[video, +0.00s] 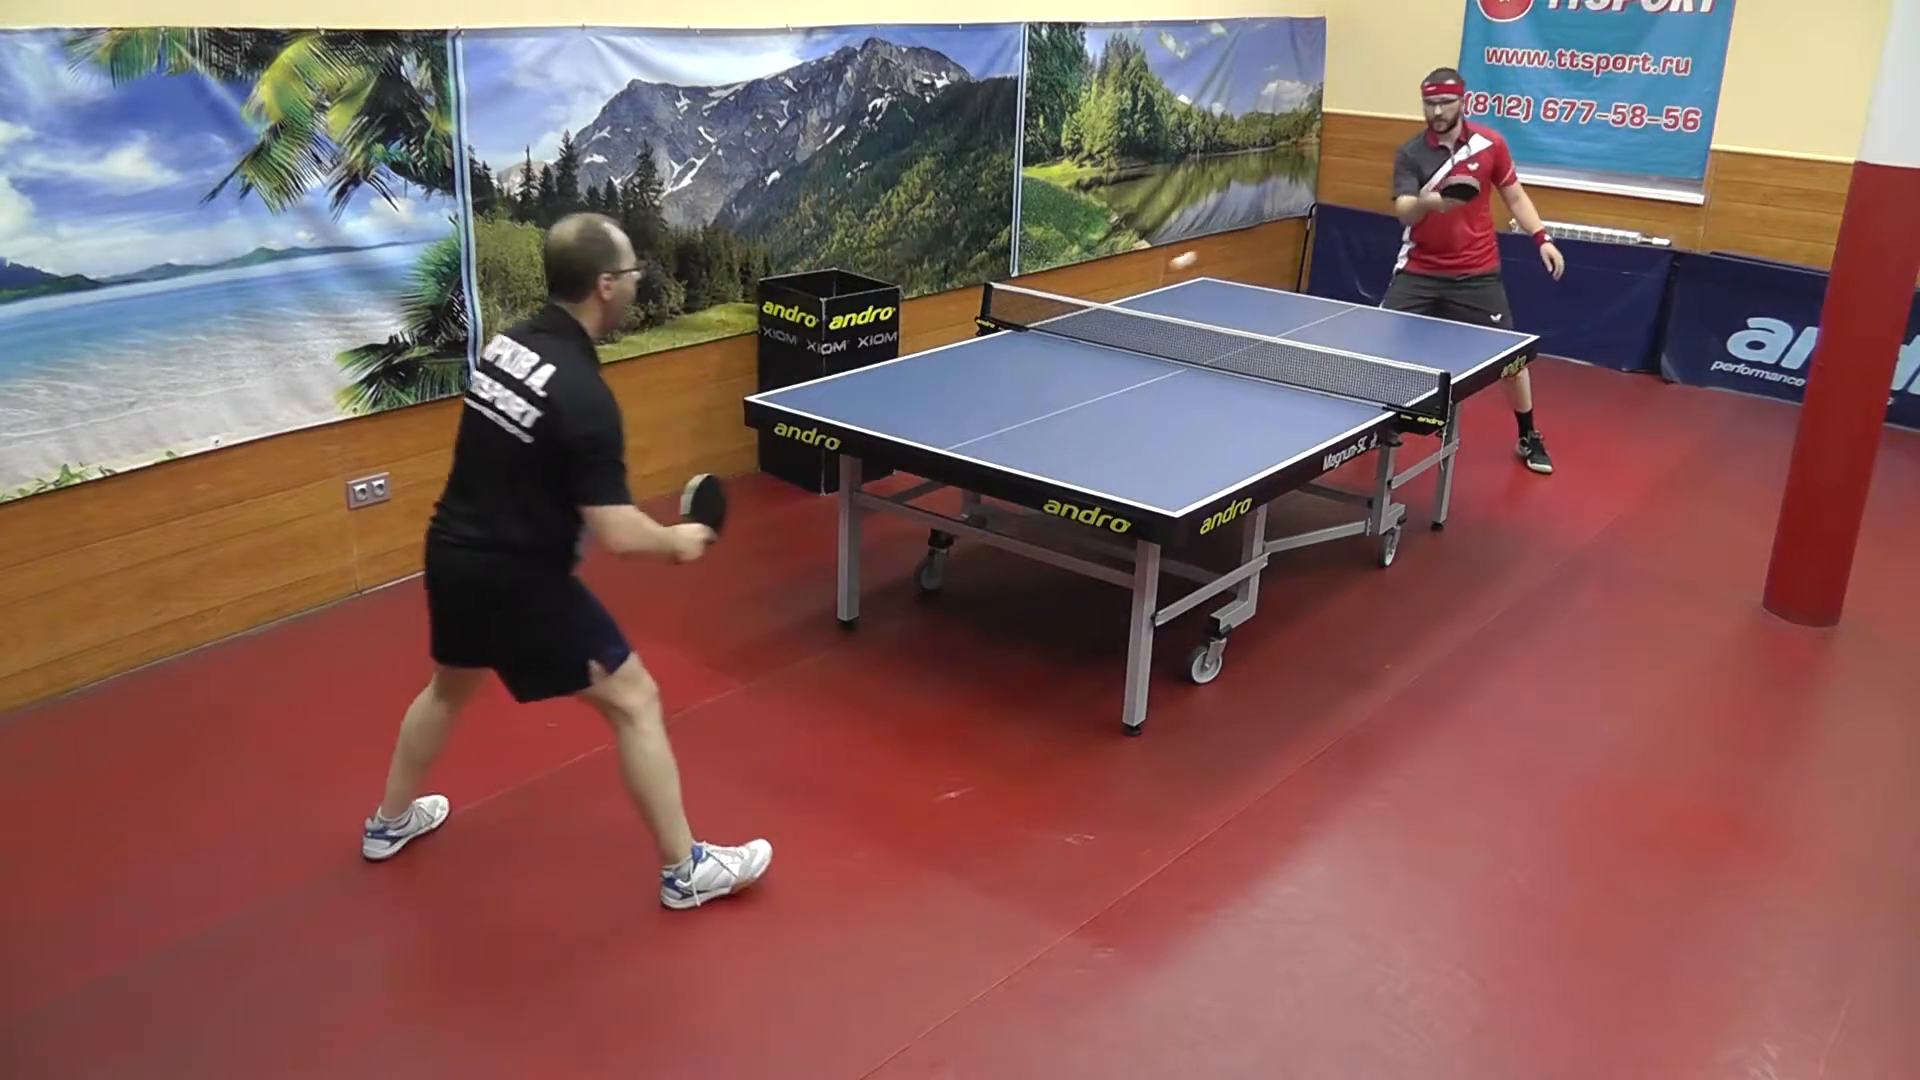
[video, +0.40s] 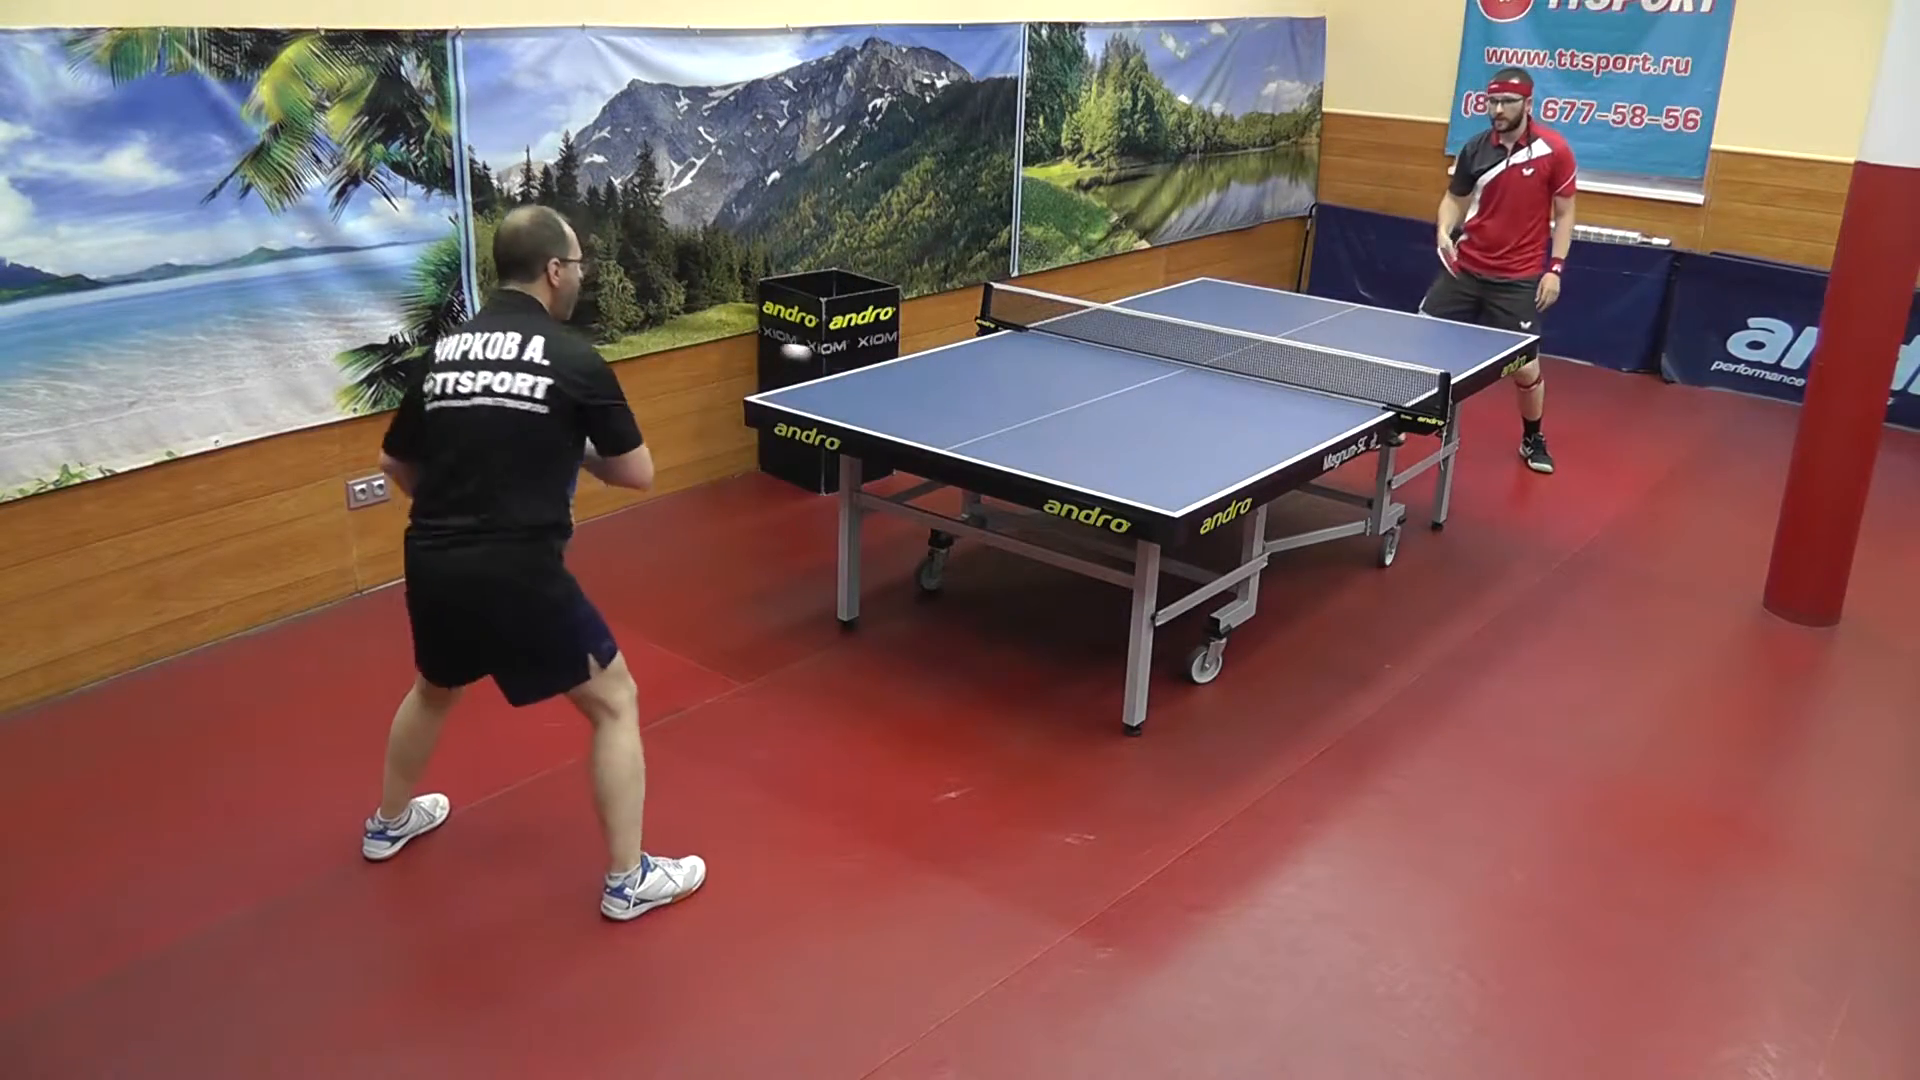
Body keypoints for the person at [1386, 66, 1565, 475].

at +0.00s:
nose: (1438, 113)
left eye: (1446, 104)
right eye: (1431, 104)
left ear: (1463, 102)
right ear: (1422, 105)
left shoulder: (1490, 145)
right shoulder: (1411, 154)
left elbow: (1515, 197)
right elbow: (1403, 213)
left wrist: (1543, 240)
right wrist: (1424, 202)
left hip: (1478, 276)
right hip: (1418, 273)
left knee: (1511, 354)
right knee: (1381, 345)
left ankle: (1529, 437)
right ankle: (1371, 425)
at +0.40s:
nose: (1498, 110)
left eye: (1507, 102)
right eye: (1493, 102)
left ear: (1527, 105)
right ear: (1487, 103)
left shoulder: (1554, 152)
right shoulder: (1474, 150)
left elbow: (1564, 212)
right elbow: (1455, 198)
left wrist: (1555, 269)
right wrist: (1443, 231)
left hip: (1519, 282)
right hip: (1463, 272)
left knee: (1525, 369)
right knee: (1420, 339)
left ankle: (1533, 438)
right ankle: (1421, 410)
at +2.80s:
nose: (1460, 108)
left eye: (1468, 99)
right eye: (1453, 100)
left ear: (1486, 97)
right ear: (1445, 100)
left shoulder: (1510, 138)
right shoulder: (1438, 144)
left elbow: (1530, 188)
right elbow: (1423, 178)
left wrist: (1554, 236)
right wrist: (1406, 199)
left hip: (1498, 269)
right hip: (1439, 268)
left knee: (1521, 354)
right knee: (1404, 343)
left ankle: (1533, 437)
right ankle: (1394, 417)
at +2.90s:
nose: (1463, 104)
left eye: (1472, 96)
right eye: (1457, 96)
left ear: (1490, 95)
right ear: (1449, 96)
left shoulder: (1515, 137)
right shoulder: (1439, 144)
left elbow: (1534, 188)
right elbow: (1427, 184)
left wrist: (1558, 237)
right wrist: (1413, 209)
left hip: (1502, 267)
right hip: (1443, 266)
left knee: (1525, 353)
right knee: (1406, 342)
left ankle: (1534, 437)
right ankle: (1395, 418)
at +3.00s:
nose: (1471, 106)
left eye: (1480, 98)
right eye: (1466, 98)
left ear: (1500, 98)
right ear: (1459, 98)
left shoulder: (1526, 142)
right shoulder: (1447, 146)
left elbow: (1544, 196)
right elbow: (1432, 196)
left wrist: (1561, 247)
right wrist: (1424, 229)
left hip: (1508, 272)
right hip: (1449, 269)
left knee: (1534, 361)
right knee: (1408, 342)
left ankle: (1543, 436)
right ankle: (1397, 417)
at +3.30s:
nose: (1505, 117)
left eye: (1515, 109)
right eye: (1501, 108)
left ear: (1537, 110)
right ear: (1496, 109)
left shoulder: (1565, 158)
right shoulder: (1486, 157)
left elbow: (1579, 218)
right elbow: (1466, 209)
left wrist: (1568, 273)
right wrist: (1451, 251)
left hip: (1533, 287)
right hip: (1479, 276)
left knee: (1541, 373)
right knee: (1431, 343)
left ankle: (1551, 439)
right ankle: (1408, 414)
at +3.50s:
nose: (1506, 111)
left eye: (1515, 104)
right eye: (1502, 103)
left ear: (1538, 105)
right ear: (1498, 104)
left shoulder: (1566, 153)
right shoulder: (1489, 151)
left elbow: (1577, 216)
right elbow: (1465, 197)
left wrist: (1556, 267)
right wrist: (1442, 222)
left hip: (1533, 280)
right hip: (1480, 270)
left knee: (1540, 372)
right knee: (1436, 340)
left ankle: (1550, 439)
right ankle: (1420, 411)